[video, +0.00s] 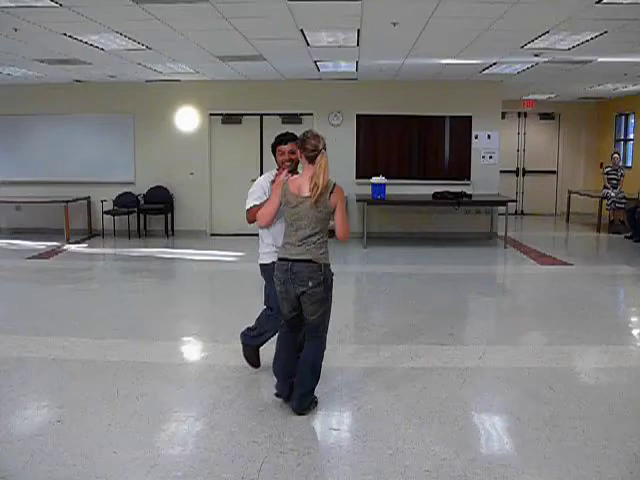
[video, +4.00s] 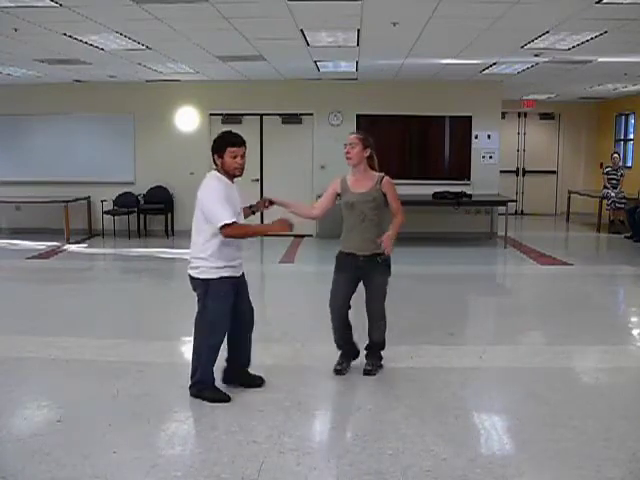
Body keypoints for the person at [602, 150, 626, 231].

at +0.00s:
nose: (615, 160)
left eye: (617, 158)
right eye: (614, 158)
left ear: (619, 160)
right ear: (611, 160)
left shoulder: (621, 171)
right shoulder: (607, 169)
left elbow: (621, 183)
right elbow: (605, 182)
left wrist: (617, 191)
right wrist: (611, 189)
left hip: (617, 188)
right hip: (608, 188)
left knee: (621, 197)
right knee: (612, 197)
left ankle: (620, 218)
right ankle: (612, 218)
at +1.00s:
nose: (615, 160)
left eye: (617, 158)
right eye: (614, 158)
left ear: (619, 160)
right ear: (611, 160)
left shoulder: (621, 171)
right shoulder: (606, 169)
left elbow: (621, 183)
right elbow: (605, 182)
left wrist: (617, 191)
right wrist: (611, 189)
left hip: (617, 188)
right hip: (608, 188)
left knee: (621, 197)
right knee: (611, 196)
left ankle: (621, 217)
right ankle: (611, 216)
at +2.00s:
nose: (615, 160)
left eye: (616, 158)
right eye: (613, 158)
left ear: (619, 160)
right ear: (611, 160)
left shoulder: (621, 170)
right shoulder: (607, 169)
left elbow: (621, 183)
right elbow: (605, 182)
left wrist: (617, 190)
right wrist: (611, 189)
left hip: (617, 188)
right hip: (608, 188)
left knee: (622, 196)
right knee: (611, 196)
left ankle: (621, 217)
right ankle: (611, 217)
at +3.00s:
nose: (615, 160)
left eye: (616, 158)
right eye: (613, 158)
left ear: (619, 160)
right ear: (611, 160)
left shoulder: (621, 170)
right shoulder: (607, 169)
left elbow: (621, 183)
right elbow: (605, 182)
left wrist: (617, 190)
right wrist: (611, 189)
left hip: (617, 188)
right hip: (608, 188)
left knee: (622, 196)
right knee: (611, 196)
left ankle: (621, 217)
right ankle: (611, 217)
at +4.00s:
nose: (615, 160)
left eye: (616, 158)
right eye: (613, 158)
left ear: (619, 160)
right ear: (611, 160)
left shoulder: (621, 171)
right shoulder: (607, 169)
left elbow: (621, 183)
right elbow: (605, 182)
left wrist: (617, 190)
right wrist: (611, 189)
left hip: (617, 188)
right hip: (608, 188)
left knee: (622, 196)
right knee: (612, 196)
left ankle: (621, 218)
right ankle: (612, 218)